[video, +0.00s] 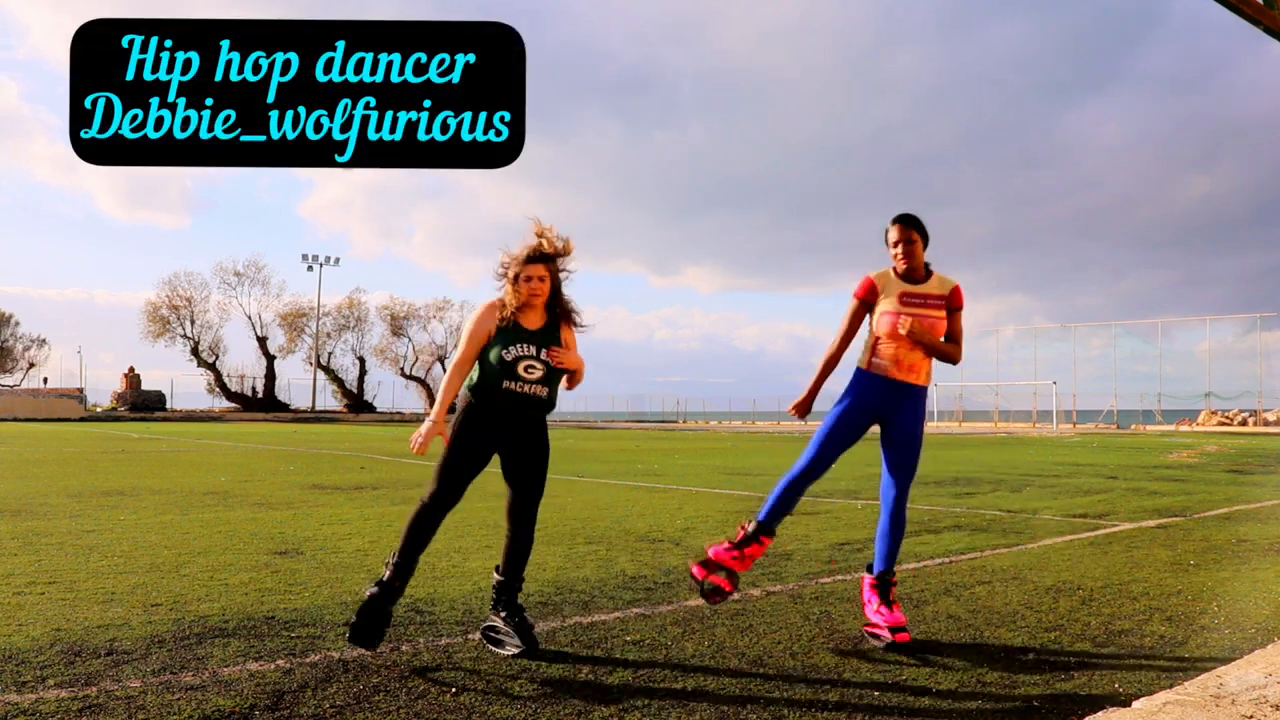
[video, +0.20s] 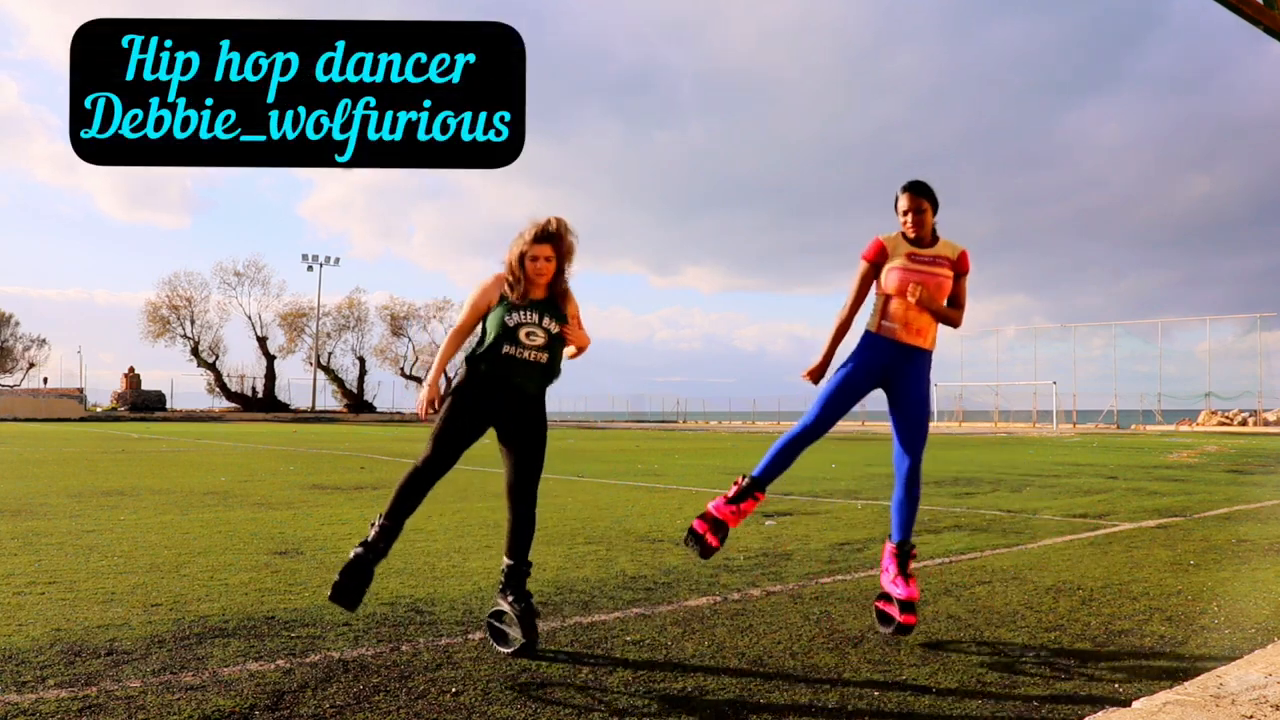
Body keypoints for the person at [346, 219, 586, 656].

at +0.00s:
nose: (532, 286)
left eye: (540, 279)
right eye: (524, 278)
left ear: (552, 284)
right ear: (513, 282)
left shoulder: (562, 325)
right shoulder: (493, 314)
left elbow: (573, 381)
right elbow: (460, 365)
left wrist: (576, 366)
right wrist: (436, 416)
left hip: (529, 428)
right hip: (482, 420)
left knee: (524, 516)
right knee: (440, 499)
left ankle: (507, 604)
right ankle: (386, 591)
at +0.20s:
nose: (541, 267)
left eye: (549, 260)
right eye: (533, 258)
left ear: (560, 263)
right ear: (520, 258)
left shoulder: (564, 300)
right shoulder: (497, 287)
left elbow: (570, 351)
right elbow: (460, 332)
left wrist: (581, 344)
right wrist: (432, 380)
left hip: (526, 406)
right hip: (476, 395)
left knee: (523, 494)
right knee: (429, 466)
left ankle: (514, 587)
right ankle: (369, 553)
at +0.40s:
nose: (539, 281)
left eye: (546, 275)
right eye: (533, 274)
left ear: (558, 281)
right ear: (521, 278)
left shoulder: (567, 330)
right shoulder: (494, 313)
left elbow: (581, 379)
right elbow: (460, 360)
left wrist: (581, 390)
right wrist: (438, 408)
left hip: (525, 425)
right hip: (475, 414)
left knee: (523, 509)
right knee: (427, 487)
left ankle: (509, 600)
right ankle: (368, 569)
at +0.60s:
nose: (519, 271)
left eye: (527, 265)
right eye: (512, 265)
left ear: (539, 269)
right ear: (502, 267)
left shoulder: (553, 309)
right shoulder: (484, 298)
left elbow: (563, 366)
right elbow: (453, 347)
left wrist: (564, 416)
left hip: (523, 415)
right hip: (473, 409)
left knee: (521, 503)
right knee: (449, 492)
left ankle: (514, 596)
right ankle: (426, 583)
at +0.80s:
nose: (495, 265)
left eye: (502, 258)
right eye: (488, 258)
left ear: (513, 260)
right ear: (474, 261)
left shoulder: (529, 298)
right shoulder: (452, 293)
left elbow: (557, 350)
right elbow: (414, 343)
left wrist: (583, 398)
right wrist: (443, 319)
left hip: (518, 403)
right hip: (469, 406)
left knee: (543, 495)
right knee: (473, 501)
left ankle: (556, 586)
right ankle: (475, 599)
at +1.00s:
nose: (479, 281)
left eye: (486, 273)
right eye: (470, 273)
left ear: (496, 276)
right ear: (455, 275)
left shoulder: (514, 315)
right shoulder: (438, 319)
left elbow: (544, 360)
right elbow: (411, 371)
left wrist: (568, 402)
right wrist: (425, 354)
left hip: (515, 418)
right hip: (466, 425)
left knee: (564, 488)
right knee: (475, 513)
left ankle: (604, 567)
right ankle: (477, 606)